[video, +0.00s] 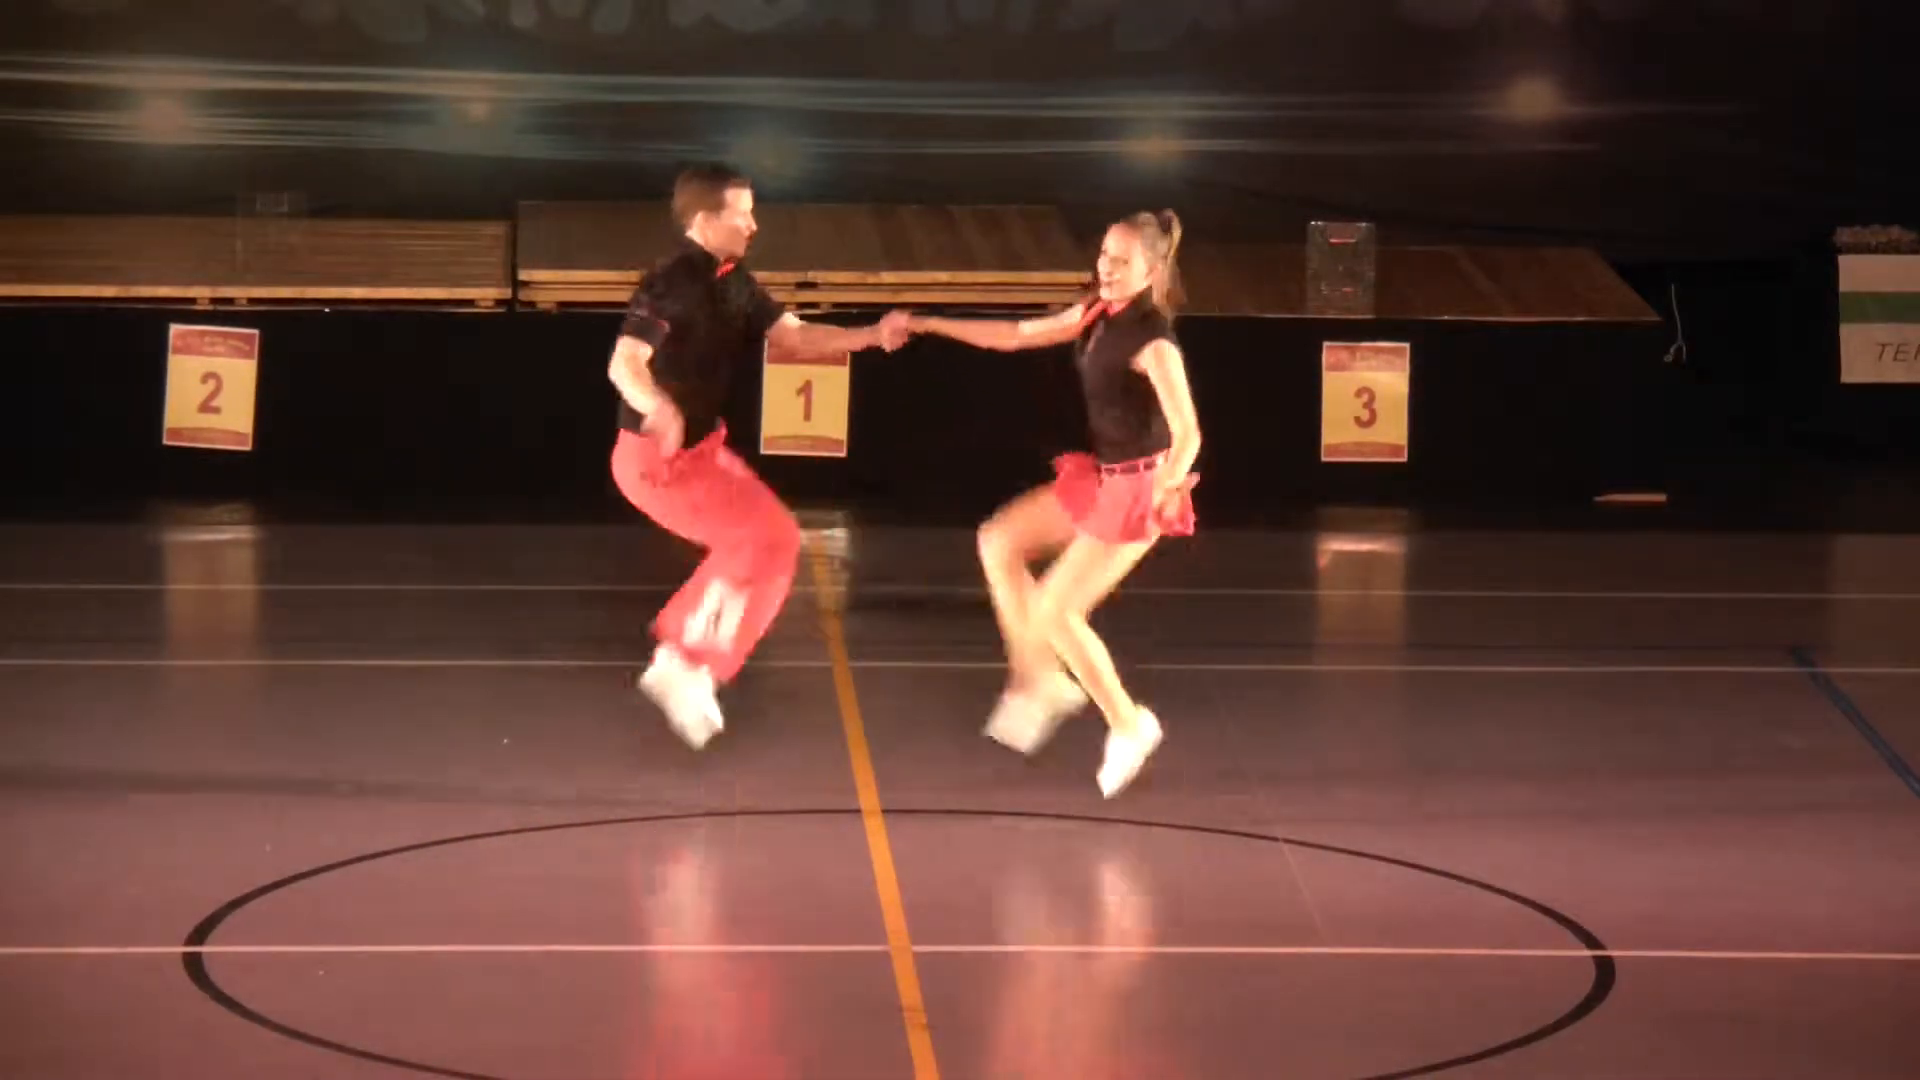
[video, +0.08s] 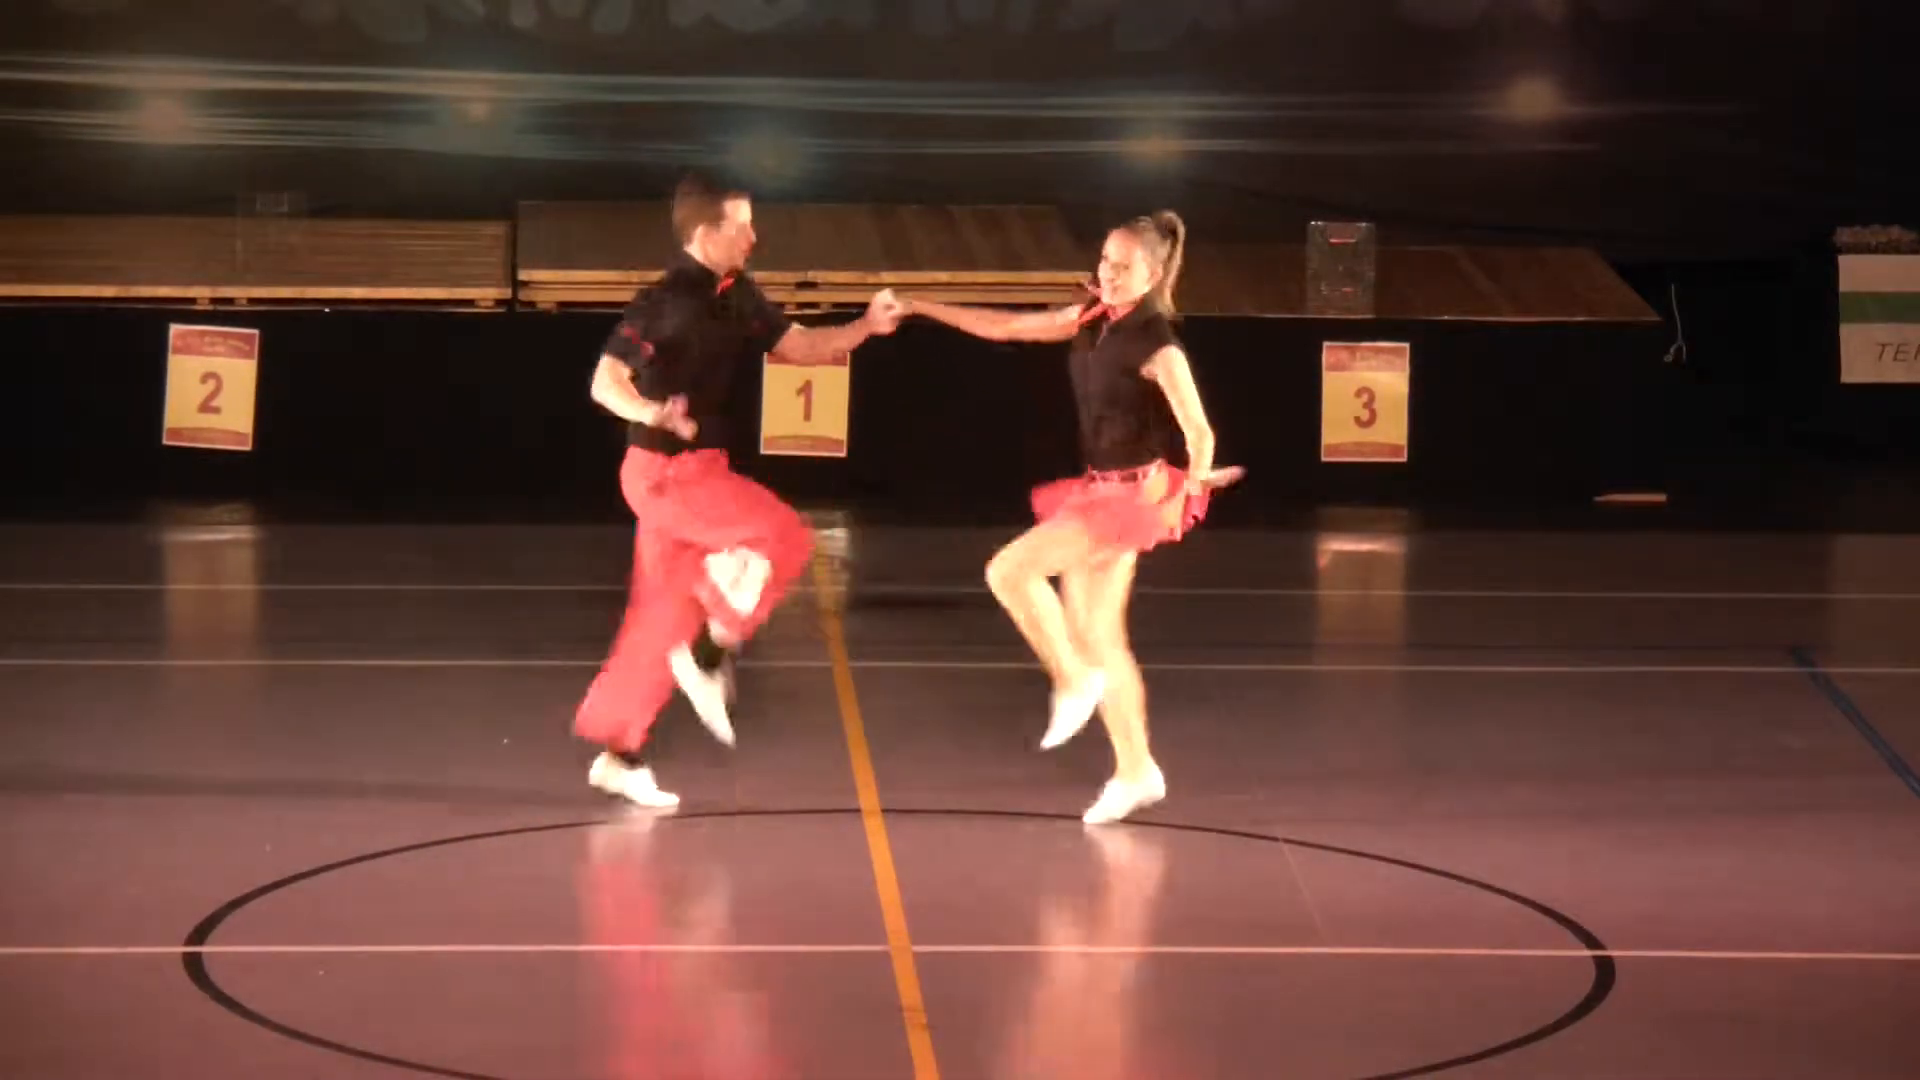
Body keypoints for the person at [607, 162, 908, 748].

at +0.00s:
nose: (752, 225)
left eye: (752, 213)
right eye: (742, 214)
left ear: (719, 220)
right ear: (703, 219)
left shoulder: (739, 285)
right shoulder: (675, 278)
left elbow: (793, 338)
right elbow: (625, 364)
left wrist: (872, 337)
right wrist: (657, 406)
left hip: (703, 451)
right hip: (653, 454)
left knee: (777, 538)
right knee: (751, 534)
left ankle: (697, 668)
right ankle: (679, 658)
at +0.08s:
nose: (752, 235)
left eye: (751, 223)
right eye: (741, 224)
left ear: (723, 230)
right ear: (703, 232)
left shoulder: (741, 296)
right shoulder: (664, 299)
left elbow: (800, 345)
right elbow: (606, 382)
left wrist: (865, 329)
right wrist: (649, 411)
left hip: (696, 470)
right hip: (661, 470)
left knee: (669, 607)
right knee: (785, 540)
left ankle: (616, 754)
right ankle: (707, 655)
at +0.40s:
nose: (755, 244)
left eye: (751, 232)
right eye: (745, 233)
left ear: (706, 243)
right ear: (711, 244)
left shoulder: (705, 294)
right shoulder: (706, 308)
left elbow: (796, 316)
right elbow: (808, 351)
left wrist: (877, 287)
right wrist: (901, 312)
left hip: (724, 447)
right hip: (700, 479)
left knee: (830, 412)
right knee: (721, 620)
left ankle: (939, 478)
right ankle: (678, 775)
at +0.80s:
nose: (763, 254)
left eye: (761, 242)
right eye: (751, 243)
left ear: (730, 253)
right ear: (715, 252)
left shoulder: (748, 312)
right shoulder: (699, 319)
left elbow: (828, 314)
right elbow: (732, 381)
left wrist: (913, 284)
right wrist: (763, 305)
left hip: (759, 513)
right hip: (709, 514)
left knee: (797, 640)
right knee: (678, 645)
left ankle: (777, 783)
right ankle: (648, 792)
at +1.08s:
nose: (716, 241)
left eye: (725, 228)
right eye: (702, 230)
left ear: (743, 233)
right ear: (683, 239)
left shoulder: (755, 297)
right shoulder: (673, 310)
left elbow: (833, 302)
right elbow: (621, 401)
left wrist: (914, 275)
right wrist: (583, 482)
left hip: (752, 470)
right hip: (716, 475)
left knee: (765, 624)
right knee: (856, 438)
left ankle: (774, 771)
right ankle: (993, 476)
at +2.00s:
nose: (845, 299)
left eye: (850, 287)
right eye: (844, 285)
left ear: (803, 269)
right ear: (812, 270)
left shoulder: (749, 304)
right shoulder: (776, 313)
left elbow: (768, 410)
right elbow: (801, 414)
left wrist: (822, 430)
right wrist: (889, 389)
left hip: (716, 487)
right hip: (752, 493)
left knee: (746, 639)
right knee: (824, 637)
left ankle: (749, 780)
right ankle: (784, 767)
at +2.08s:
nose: (836, 242)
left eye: (836, 230)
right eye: (828, 230)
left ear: (786, 235)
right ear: (788, 234)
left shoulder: (751, 276)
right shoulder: (771, 290)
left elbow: (810, 340)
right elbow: (829, 378)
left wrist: (833, 362)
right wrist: (840, 367)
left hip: (708, 461)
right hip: (735, 469)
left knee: (739, 604)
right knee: (764, 605)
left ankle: (727, 738)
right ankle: (764, 762)